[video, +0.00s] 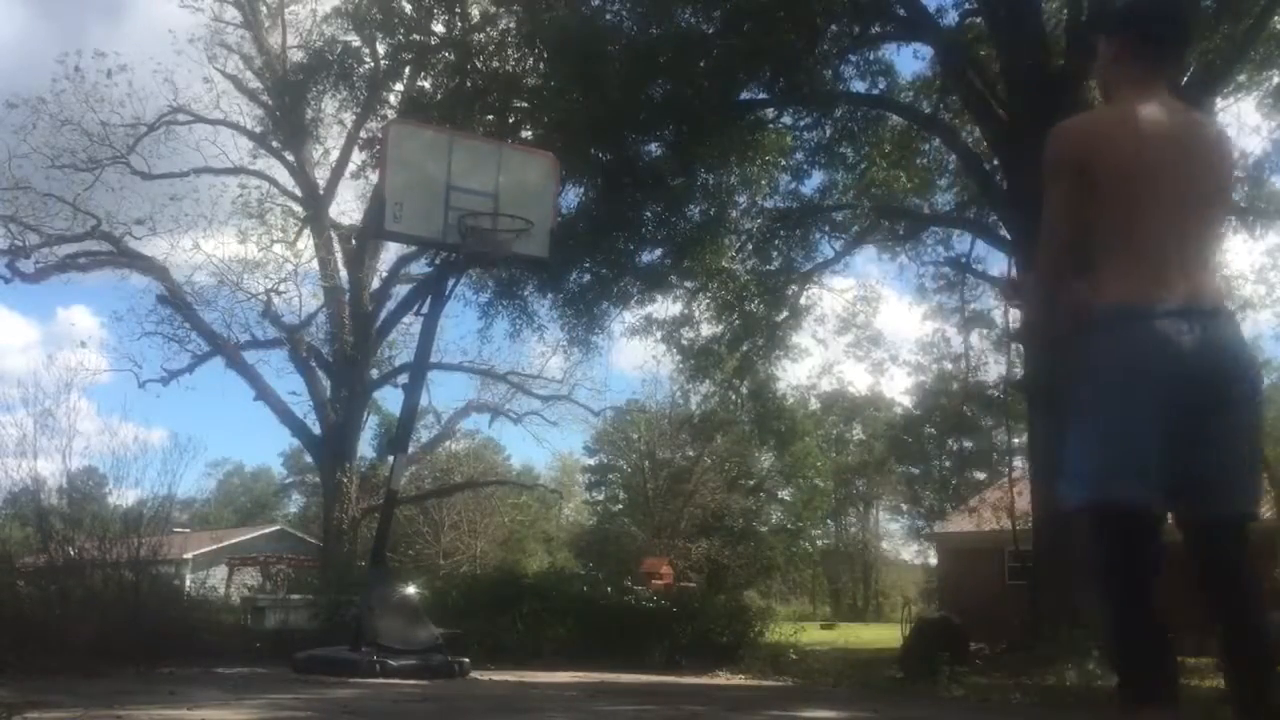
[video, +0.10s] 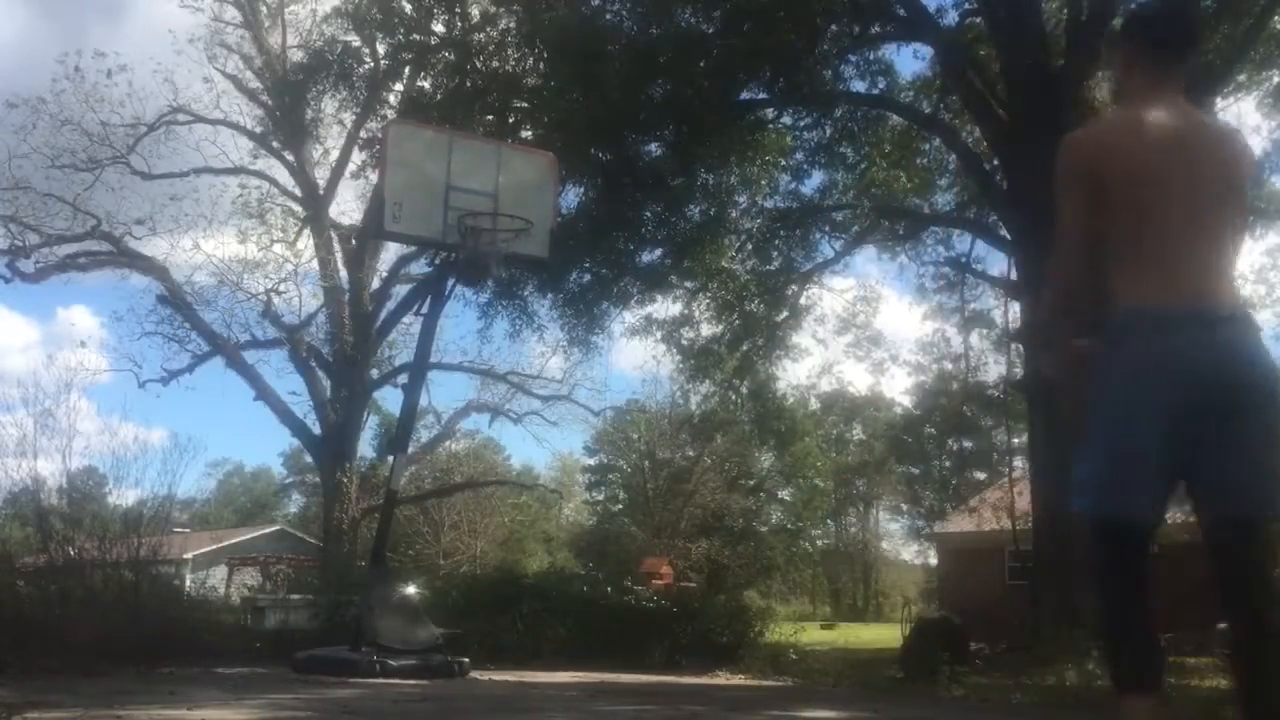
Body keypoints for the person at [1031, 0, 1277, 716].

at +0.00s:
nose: (1094, 63)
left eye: (1097, 50)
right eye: (1097, 52)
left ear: (1116, 51)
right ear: (1177, 55)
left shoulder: (1077, 137)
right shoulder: (1215, 141)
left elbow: (1053, 261)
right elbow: (1198, 238)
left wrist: (1044, 331)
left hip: (1122, 347)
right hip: (1215, 341)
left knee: (1124, 547)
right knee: (1226, 544)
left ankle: (1149, 700)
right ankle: (1256, 702)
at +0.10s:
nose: (1112, 68)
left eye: (1116, 56)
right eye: (1117, 56)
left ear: (1127, 56)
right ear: (1188, 60)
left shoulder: (1091, 144)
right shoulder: (1233, 147)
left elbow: (1072, 269)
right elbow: (1225, 247)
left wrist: (1061, 348)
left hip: (1139, 350)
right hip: (1233, 345)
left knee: (1119, 539)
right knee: (1243, 543)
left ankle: (1137, 696)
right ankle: (1258, 701)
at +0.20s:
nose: (1121, 73)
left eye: (1124, 62)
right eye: (1124, 63)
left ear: (1136, 62)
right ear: (1196, 64)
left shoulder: (1098, 145)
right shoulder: (1247, 146)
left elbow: (1083, 283)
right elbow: (1246, 270)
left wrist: (1071, 404)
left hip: (1141, 359)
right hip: (1240, 356)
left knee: (1127, 557)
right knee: (1247, 559)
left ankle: (1141, 702)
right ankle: (1260, 705)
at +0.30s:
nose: (1124, 80)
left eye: (1127, 68)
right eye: (1130, 69)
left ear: (1136, 68)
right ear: (1197, 70)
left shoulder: (1097, 152)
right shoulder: (1243, 150)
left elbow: (1091, 284)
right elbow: (1268, 280)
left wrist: (1082, 404)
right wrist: (1269, 365)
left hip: (1140, 358)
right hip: (1236, 353)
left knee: (1140, 548)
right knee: (1244, 549)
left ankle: (1145, 701)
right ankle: (1260, 702)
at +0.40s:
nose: (1123, 89)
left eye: (1126, 78)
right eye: (1128, 79)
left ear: (1131, 77)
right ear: (1196, 79)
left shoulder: (1092, 158)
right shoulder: (1238, 156)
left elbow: (1089, 274)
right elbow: (1271, 228)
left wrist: (1090, 382)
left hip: (1135, 364)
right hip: (1228, 359)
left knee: (1141, 550)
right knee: (1239, 549)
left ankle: (1145, 700)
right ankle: (1256, 700)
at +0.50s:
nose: (1110, 99)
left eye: (1111, 88)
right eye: (1114, 88)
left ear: (1116, 88)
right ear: (1178, 86)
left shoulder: (1087, 162)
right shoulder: (1232, 159)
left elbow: (1086, 258)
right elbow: (1278, 230)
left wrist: (1094, 365)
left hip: (1128, 361)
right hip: (1219, 359)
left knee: (1122, 547)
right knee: (1231, 546)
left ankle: (1130, 696)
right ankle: (1255, 699)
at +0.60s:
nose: (1085, 121)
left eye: (1088, 109)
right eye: (1086, 109)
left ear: (1106, 103)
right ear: (1163, 100)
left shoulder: (1081, 169)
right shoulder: (1223, 168)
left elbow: (1081, 268)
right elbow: (1272, 265)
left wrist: (1088, 375)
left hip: (1124, 366)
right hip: (1214, 365)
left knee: (1103, 549)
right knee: (1230, 549)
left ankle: (1103, 699)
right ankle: (1254, 700)